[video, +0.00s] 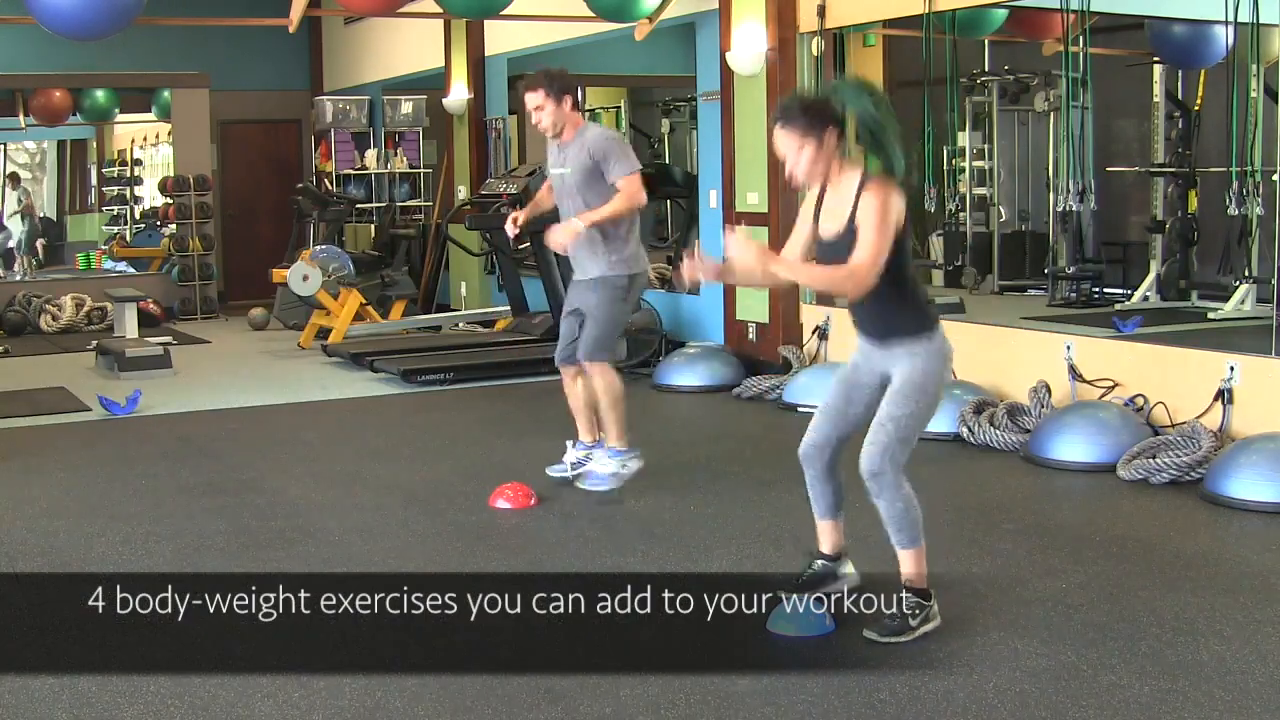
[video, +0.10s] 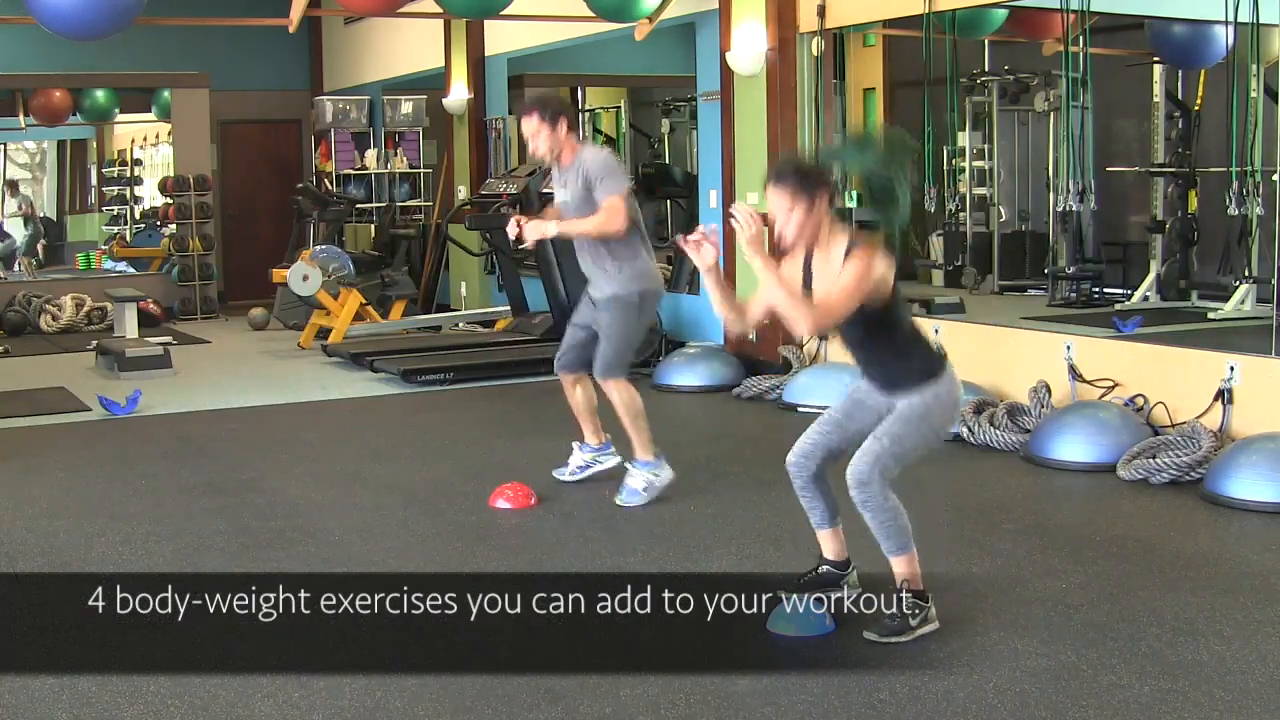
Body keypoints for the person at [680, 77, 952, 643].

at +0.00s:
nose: (787, 166)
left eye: (791, 153)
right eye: (783, 157)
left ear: (827, 139)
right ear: (813, 145)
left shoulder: (880, 192)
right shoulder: (817, 194)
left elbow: (856, 282)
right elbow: (783, 272)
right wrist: (717, 269)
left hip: (919, 350)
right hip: (871, 349)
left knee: (880, 463)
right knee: (816, 452)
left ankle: (918, 595)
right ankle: (832, 562)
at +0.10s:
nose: (777, 222)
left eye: (785, 210)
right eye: (772, 212)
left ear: (821, 203)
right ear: (772, 210)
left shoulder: (865, 255)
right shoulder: (792, 262)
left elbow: (809, 325)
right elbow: (740, 322)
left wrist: (759, 258)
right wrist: (710, 270)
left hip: (928, 390)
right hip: (875, 387)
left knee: (866, 475)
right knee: (803, 462)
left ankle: (915, 597)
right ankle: (838, 566)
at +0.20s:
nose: (770, 285)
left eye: (780, 273)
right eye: (767, 275)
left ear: (811, 271)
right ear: (765, 278)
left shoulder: (851, 321)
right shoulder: (789, 319)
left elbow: (787, 379)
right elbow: (726, 375)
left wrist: (754, 311)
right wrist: (715, 309)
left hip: (938, 424)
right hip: (880, 422)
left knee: (863, 478)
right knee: (797, 463)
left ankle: (915, 599)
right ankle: (837, 567)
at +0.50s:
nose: (754, 322)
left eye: (761, 309)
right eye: (752, 310)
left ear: (798, 303)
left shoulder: (841, 349)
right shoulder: (779, 355)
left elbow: (784, 422)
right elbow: (724, 410)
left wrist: (714, 368)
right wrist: (684, 374)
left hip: (935, 438)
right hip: (879, 438)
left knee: (861, 481)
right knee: (792, 465)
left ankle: (914, 600)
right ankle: (836, 566)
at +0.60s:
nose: (754, 263)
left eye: (762, 251)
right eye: (752, 252)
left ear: (798, 248)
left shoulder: (836, 301)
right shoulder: (786, 306)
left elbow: (797, 382)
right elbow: (736, 370)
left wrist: (710, 392)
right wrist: (670, 390)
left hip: (924, 410)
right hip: (873, 412)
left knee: (857, 479)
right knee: (790, 463)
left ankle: (915, 598)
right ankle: (836, 567)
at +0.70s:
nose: (756, 206)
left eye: (763, 192)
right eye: (753, 194)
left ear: (800, 186)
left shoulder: (839, 242)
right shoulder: (787, 244)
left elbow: (818, 338)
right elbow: (754, 325)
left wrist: (776, 409)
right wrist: (710, 391)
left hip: (907, 377)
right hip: (860, 379)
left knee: (854, 476)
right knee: (791, 460)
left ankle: (914, 597)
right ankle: (836, 566)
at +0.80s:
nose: (759, 146)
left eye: (765, 133)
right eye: (755, 135)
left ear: (799, 126)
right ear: (781, 132)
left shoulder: (839, 182)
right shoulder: (788, 186)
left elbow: (861, 274)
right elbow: (786, 266)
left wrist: (880, 354)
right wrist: (772, 339)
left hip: (877, 336)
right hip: (837, 338)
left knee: (853, 453)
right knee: (803, 450)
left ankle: (902, 586)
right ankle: (835, 562)